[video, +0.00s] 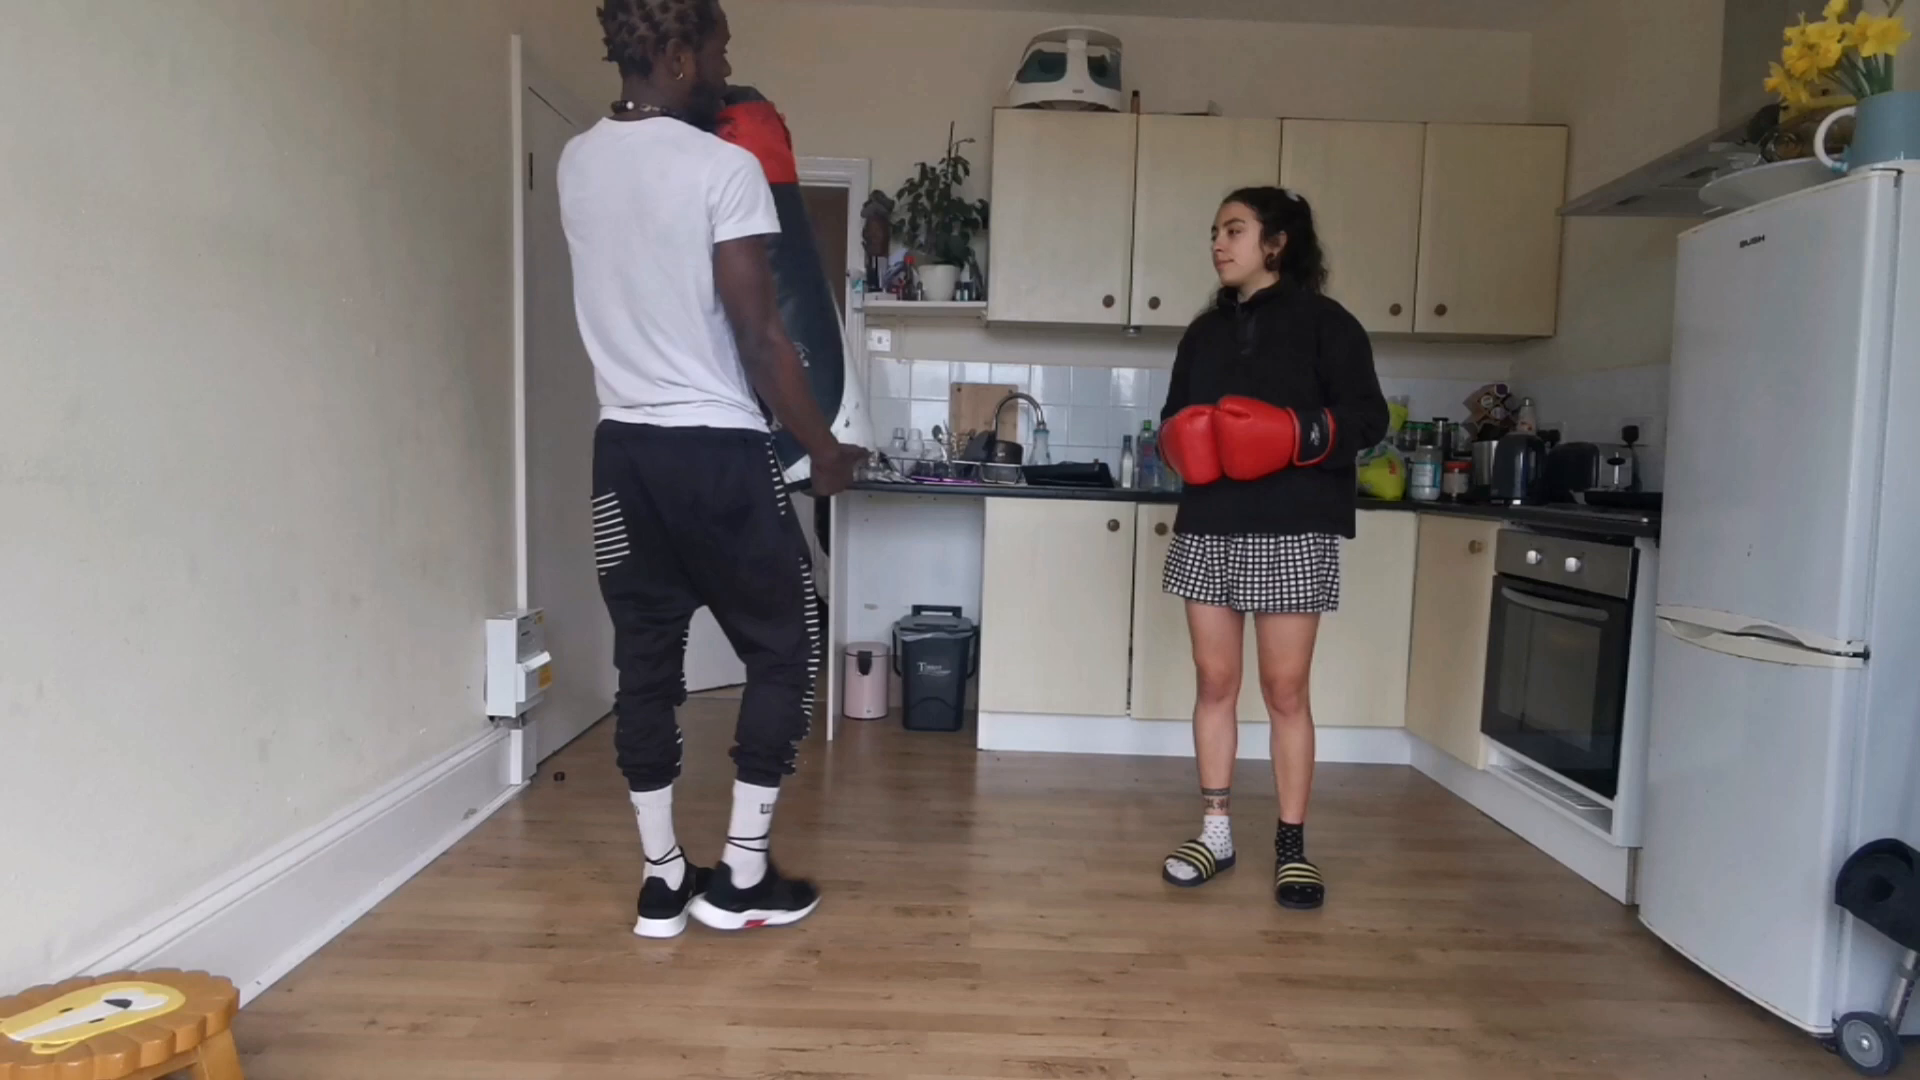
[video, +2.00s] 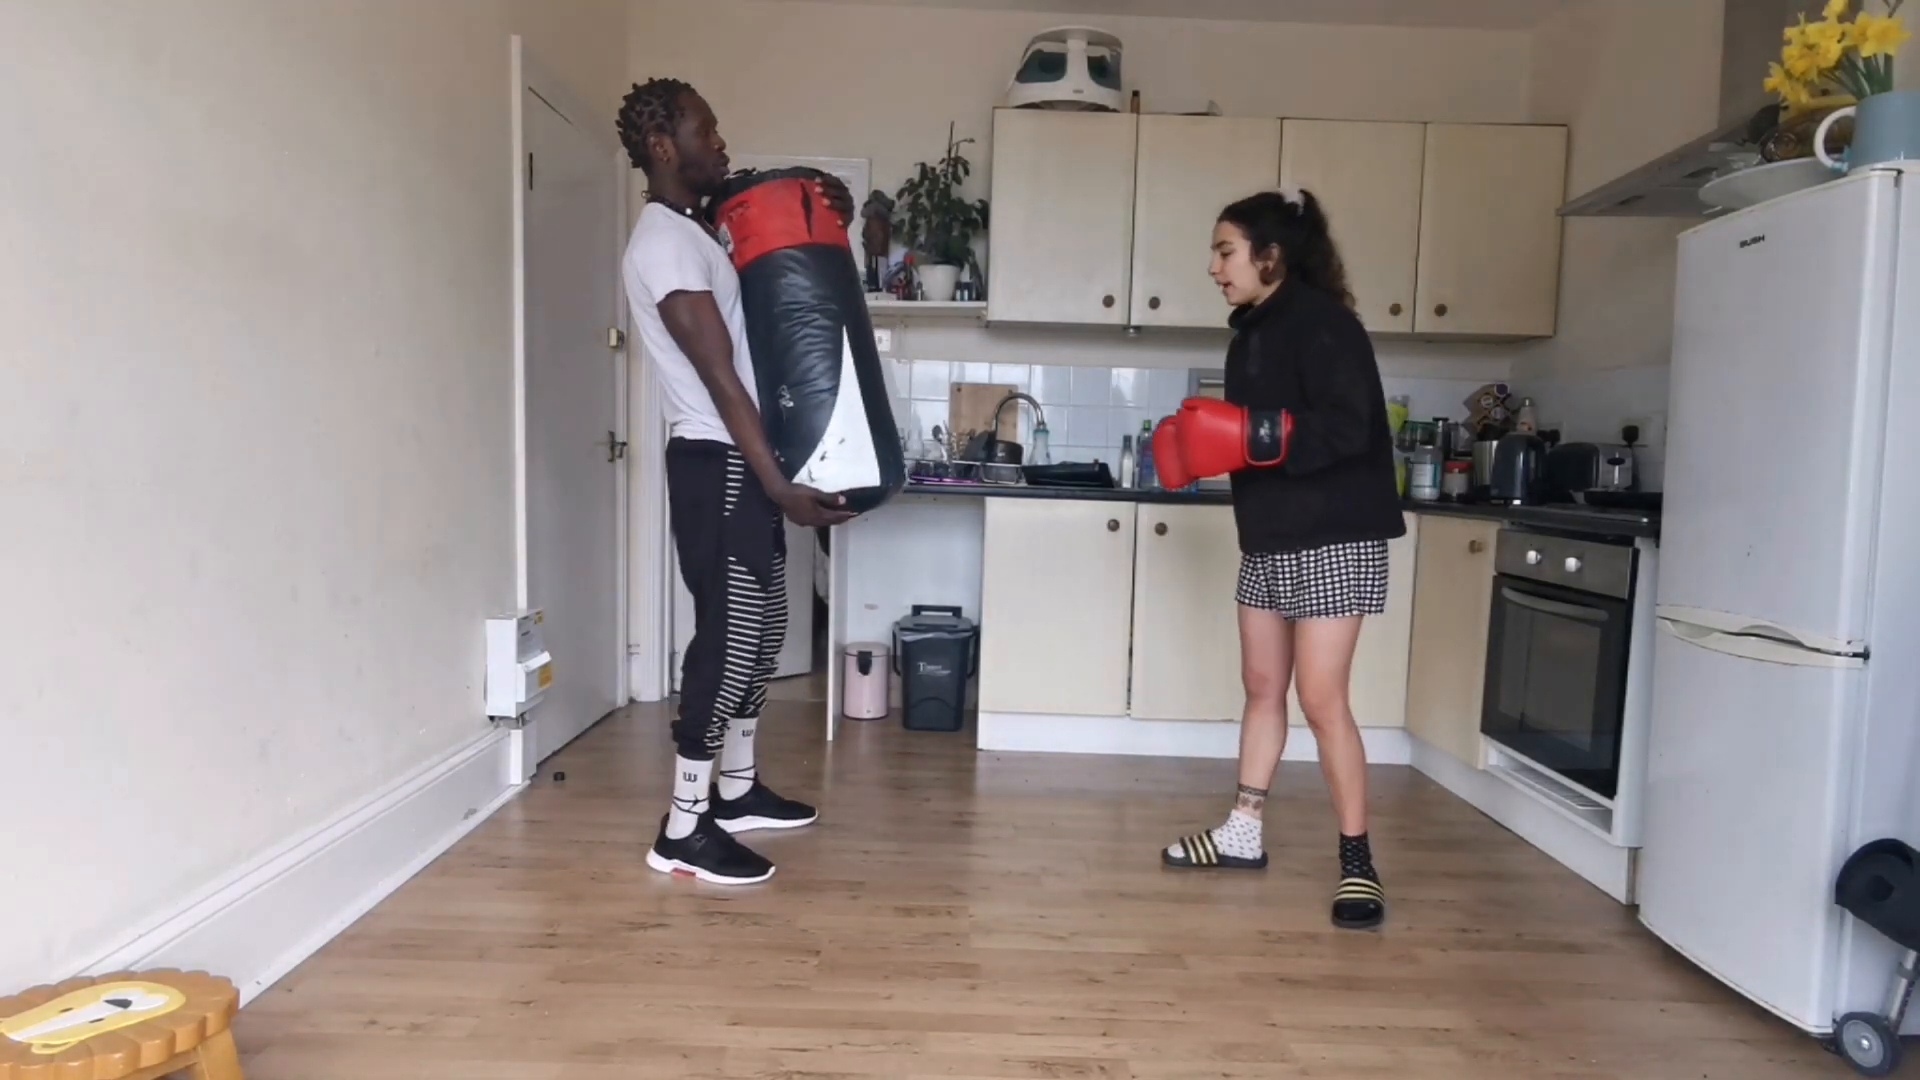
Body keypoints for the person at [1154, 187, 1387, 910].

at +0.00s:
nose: (1217, 244)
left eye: (1232, 231)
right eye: (1216, 233)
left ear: (1277, 242)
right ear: (1224, 245)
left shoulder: (1327, 323)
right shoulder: (1204, 330)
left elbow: (1370, 418)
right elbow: (1178, 425)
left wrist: (1301, 432)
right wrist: (1181, 443)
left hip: (1295, 525)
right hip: (1209, 522)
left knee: (1285, 689)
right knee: (1214, 680)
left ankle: (1291, 845)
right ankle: (1214, 832)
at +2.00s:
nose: (1215, 267)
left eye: (1225, 253)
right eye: (1214, 253)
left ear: (1272, 255)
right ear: (1251, 257)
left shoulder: (1326, 322)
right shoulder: (1248, 337)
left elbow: (1354, 430)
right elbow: (1257, 436)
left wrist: (1256, 431)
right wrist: (1198, 448)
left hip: (1340, 532)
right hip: (1270, 533)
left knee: (1321, 698)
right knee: (1263, 686)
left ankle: (1356, 859)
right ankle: (1243, 830)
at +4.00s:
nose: (1195, 270)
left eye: (1205, 258)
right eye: (1193, 259)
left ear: (1248, 260)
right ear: (1222, 264)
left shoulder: (1291, 320)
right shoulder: (1221, 325)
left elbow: (1239, 413)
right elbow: (1184, 423)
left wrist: (1208, 333)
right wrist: (1160, 348)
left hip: (1298, 526)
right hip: (1226, 524)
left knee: (1291, 687)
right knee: (1167, 658)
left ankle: (1294, 833)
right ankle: (1164, 806)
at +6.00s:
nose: (1237, 261)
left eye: (1249, 248)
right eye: (1235, 248)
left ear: (1288, 255)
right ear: (1248, 262)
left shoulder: (1323, 318)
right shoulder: (1237, 319)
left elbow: (1247, 382)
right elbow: (1177, 392)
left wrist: (1241, 304)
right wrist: (1186, 305)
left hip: (1293, 518)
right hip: (1218, 514)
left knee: (1297, 684)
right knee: (1180, 674)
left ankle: (1307, 835)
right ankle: (1148, 810)